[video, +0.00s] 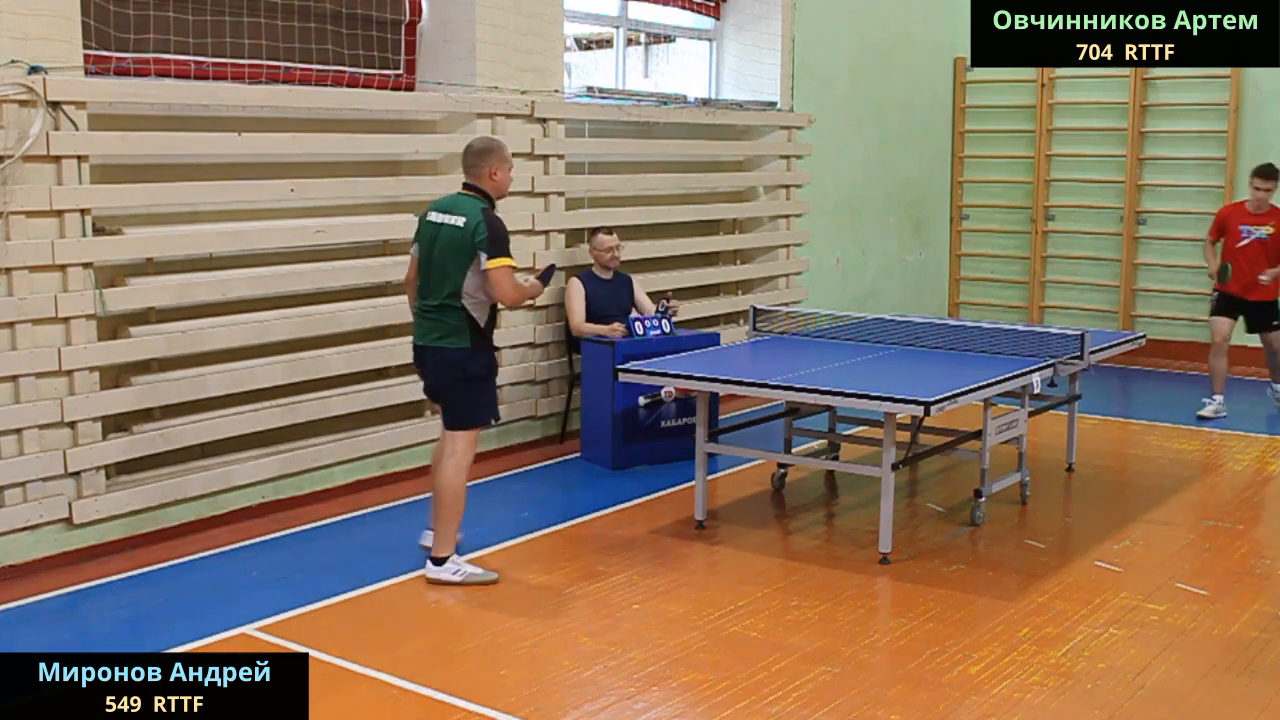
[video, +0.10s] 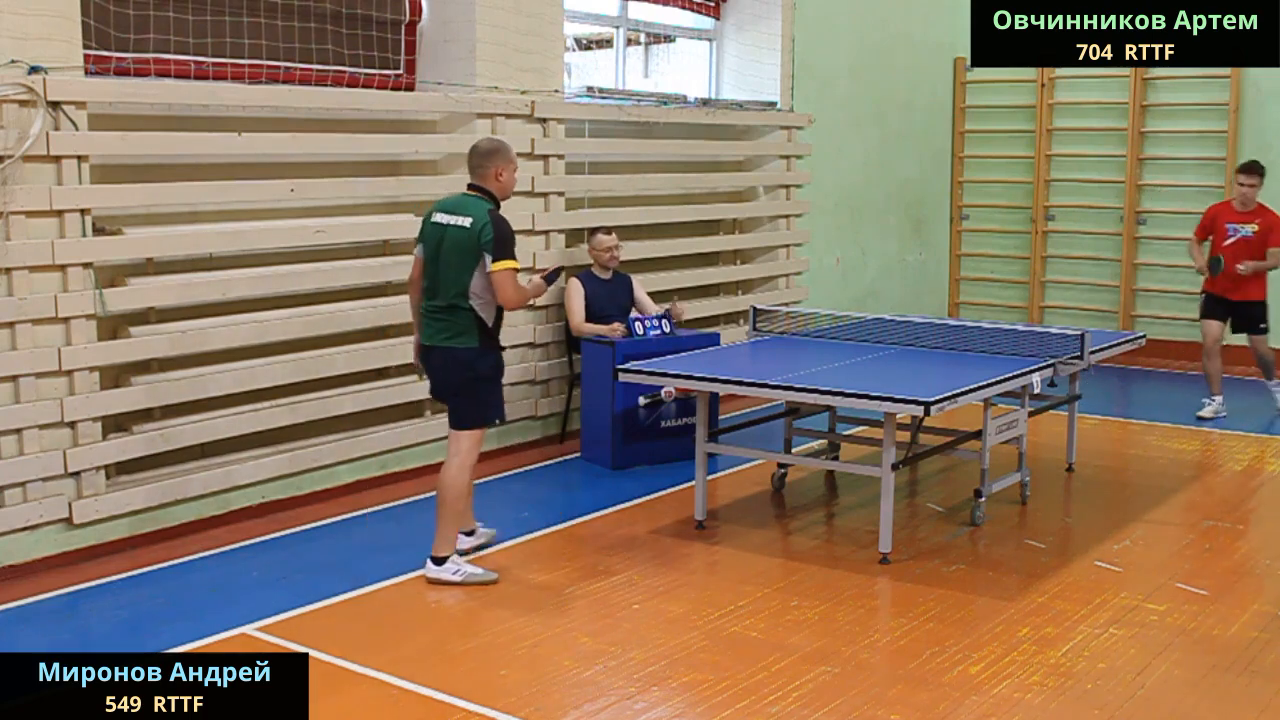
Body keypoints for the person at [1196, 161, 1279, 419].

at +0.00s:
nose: (1260, 195)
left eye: (1266, 190)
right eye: (1257, 189)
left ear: (1274, 191)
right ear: (1249, 186)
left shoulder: (1277, 218)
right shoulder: (1228, 213)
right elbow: (1210, 241)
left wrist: (1275, 271)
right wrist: (1212, 266)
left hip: (1265, 294)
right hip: (1229, 291)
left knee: (1274, 345)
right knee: (1219, 339)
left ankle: (1276, 386)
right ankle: (1217, 400)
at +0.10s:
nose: (1245, 191)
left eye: (1251, 186)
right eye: (1241, 184)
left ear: (1260, 187)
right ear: (1234, 183)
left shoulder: (1270, 219)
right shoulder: (1216, 212)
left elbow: (1275, 259)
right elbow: (1195, 241)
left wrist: (1255, 266)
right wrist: (1200, 262)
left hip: (1251, 294)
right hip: (1216, 291)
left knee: (1260, 349)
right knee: (1210, 343)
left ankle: (1273, 384)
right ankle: (1216, 400)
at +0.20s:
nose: (1232, 187)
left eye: (1239, 182)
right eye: (1229, 181)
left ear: (1248, 183)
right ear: (1222, 180)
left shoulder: (1259, 214)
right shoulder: (1206, 209)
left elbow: (1263, 253)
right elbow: (1183, 242)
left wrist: (1235, 254)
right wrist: (1193, 258)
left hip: (1239, 292)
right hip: (1207, 290)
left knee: (1240, 347)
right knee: (1206, 344)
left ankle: (1254, 383)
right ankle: (1215, 400)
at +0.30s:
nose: (1221, 183)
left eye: (1227, 178)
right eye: (1217, 177)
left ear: (1237, 180)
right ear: (1212, 177)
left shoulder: (1249, 212)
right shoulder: (1195, 208)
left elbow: (1254, 250)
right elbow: (1171, 241)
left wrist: (1226, 243)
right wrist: (1198, 244)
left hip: (1228, 288)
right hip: (1197, 287)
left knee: (1219, 342)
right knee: (1203, 343)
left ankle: (1229, 394)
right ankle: (1212, 397)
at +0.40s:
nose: (1210, 183)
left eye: (1216, 178)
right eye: (1206, 177)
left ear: (1227, 180)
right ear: (1201, 178)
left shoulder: (1238, 212)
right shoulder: (1186, 209)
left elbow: (1245, 252)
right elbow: (1163, 243)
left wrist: (1220, 242)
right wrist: (1192, 240)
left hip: (1218, 288)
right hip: (1189, 287)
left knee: (1206, 343)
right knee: (1200, 344)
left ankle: (1200, 403)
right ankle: (1215, 398)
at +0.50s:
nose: (1199, 186)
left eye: (1206, 182)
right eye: (1196, 180)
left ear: (1217, 184)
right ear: (1191, 181)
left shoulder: (1229, 215)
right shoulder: (1175, 212)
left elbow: (1239, 255)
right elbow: (1153, 246)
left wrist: (1222, 254)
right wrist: (1165, 252)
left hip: (1208, 293)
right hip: (1180, 292)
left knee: (1193, 347)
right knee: (1197, 347)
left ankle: (1178, 406)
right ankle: (1215, 398)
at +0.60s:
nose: (1189, 186)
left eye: (1196, 182)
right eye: (1186, 180)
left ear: (1208, 184)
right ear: (1181, 181)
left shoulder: (1219, 218)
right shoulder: (1164, 213)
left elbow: (1234, 257)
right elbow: (1142, 243)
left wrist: (1221, 267)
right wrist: (1128, 259)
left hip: (1197, 292)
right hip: (1168, 291)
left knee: (1182, 348)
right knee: (1180, 349)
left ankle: (1171, 411)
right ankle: (1208, 392)